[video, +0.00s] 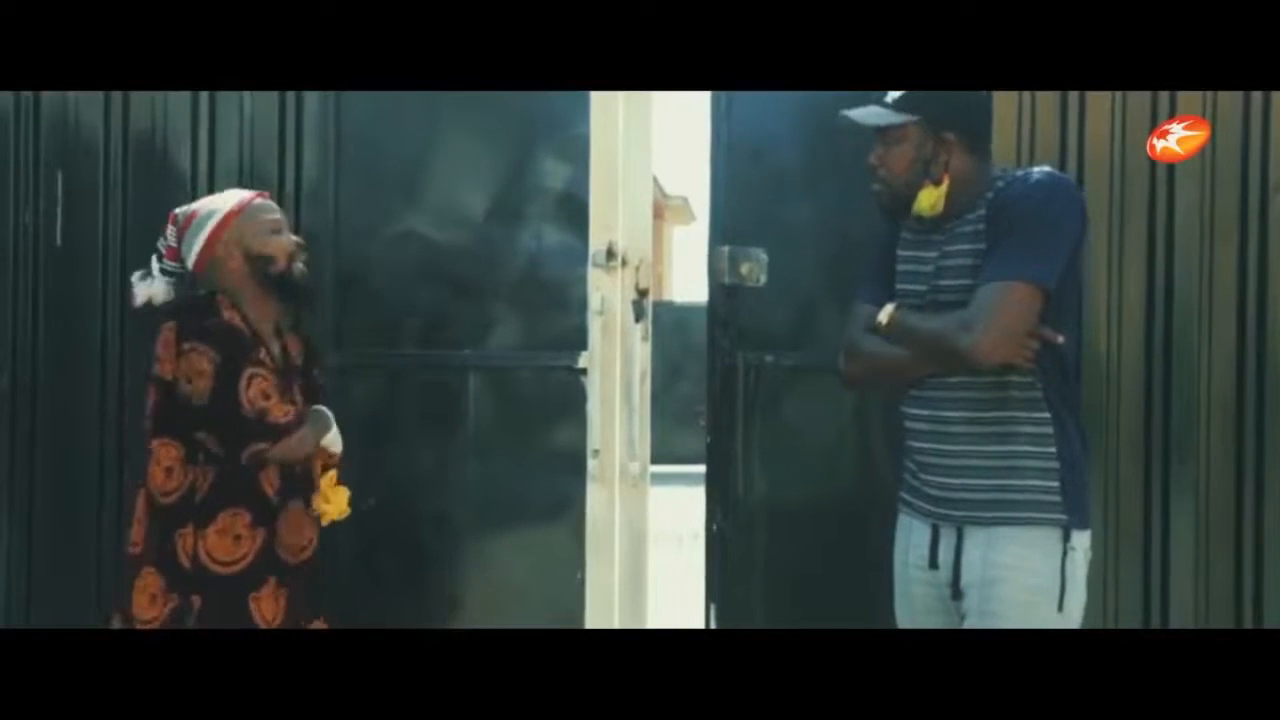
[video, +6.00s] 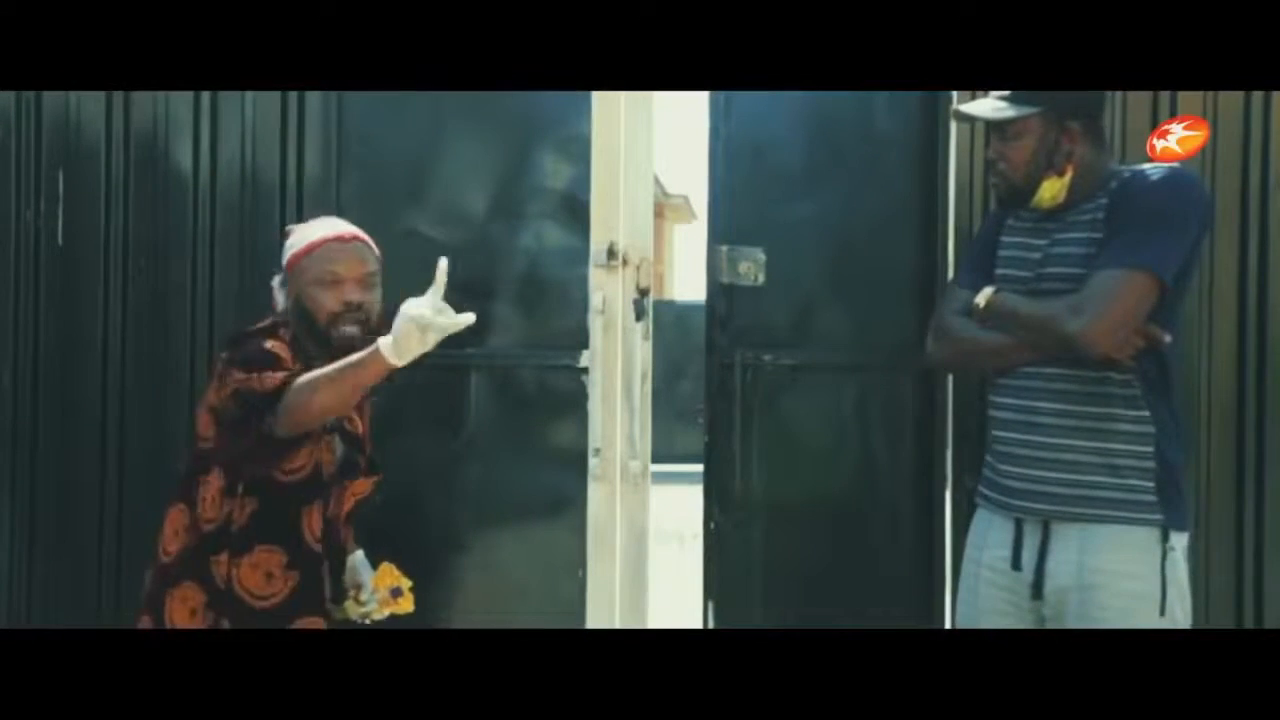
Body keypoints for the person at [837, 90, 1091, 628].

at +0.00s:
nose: (873, 160)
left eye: (890, 142)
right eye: (874, 143)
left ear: (946, 146)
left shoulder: (1040, 196)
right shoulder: (902, 224)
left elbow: (989, 342)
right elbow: (854, 360)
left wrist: (890, 317)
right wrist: (975, 339)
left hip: (1025, 523)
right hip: (922, 514)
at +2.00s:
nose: (879, 159)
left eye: (897, 141)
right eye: (881, 142)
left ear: (954, 145)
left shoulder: (1048, 197)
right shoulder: (903, 224)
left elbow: (998, 344)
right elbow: (854, 359)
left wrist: (893, 317)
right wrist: (985, 341)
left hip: (1027, 522)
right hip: (923, 513)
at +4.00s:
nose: (879, 162)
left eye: (896, 144)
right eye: (880, 145)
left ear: (956, 144)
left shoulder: (1048, 195)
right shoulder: (905, 221)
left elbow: (997, 343)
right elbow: (856, 359)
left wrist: (894, 316)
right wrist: (982, 339)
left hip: (1027, 521)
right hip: (923, 511)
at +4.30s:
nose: (941, 159)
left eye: (959, 142)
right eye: (943, 143)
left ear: (1016, 149)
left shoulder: (1097, 210)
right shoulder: (969, 230)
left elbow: (1012, 343)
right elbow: (891, 341)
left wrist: (925, 304)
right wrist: (1001, 342)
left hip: (1038, 536)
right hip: (933, 518)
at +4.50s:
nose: (989, 155)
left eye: (1007, 137)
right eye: (990, 137)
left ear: (1064, 144)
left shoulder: (1152, 206)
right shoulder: (998, 226)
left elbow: (1079, 339)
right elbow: (928, 340)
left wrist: (974, 302)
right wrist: (1052, 335)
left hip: (1088, 533)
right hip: (973, 519)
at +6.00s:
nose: (992, 152)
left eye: (1010, 136)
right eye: (991, 136)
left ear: (1068, 138)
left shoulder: (1164, 191)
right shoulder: (1006, 216)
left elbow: (1096, 331)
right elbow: (941, 342)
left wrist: (986, 300)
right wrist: (1072, 329)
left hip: (1120, 528)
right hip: (1001, 517)